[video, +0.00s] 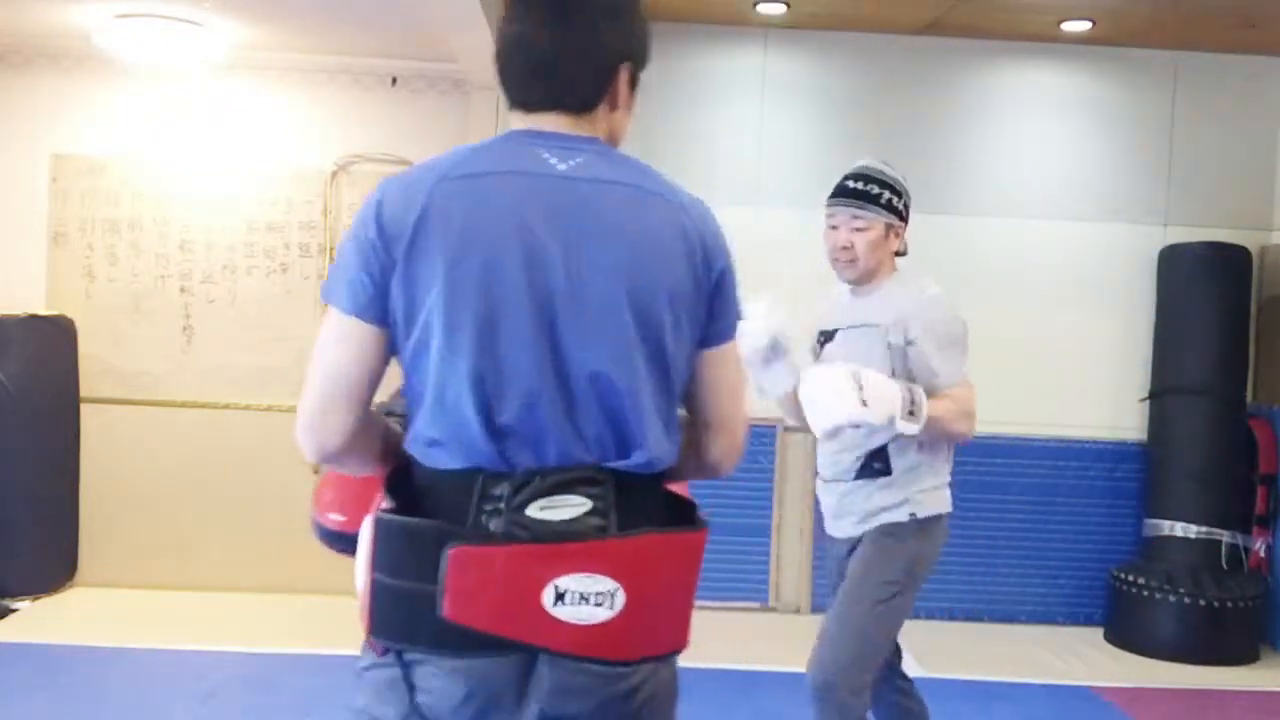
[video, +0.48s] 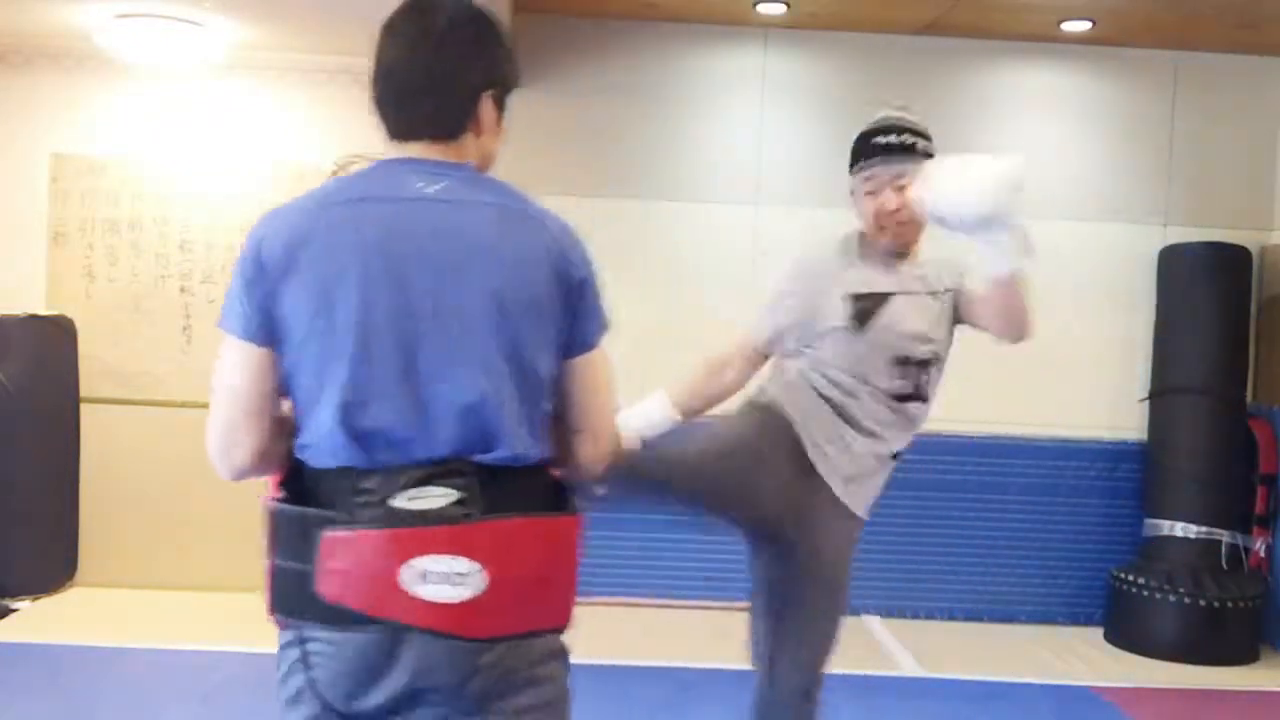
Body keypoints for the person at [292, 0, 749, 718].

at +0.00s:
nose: (632, 103)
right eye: (636, 85)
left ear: (506, 74)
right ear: (621, 85)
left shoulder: (405, 205)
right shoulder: (685, 223)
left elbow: (328, 433)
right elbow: (718, 447)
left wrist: (420, 448)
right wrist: (604, 447)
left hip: (445, 605)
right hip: (618, 608)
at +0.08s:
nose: (600, 102)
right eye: (604, 85)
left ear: (473, 77)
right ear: (589, 87)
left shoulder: (375, 205)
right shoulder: (653, 220)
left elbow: (298, 432)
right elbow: (693, 440)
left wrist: (390, 432)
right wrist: (584, 438)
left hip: (419, 607)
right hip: (591, 611)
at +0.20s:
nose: (576, 103)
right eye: (580, 86)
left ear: (451, 79)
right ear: (565, 88)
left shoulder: (356, 207)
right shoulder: (631, 219)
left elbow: (283, 432)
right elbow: (676, 436)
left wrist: (380, 423)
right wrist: (560, 428)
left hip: (403, 607)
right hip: (575, 609)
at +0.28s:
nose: (564, 105)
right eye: (566, 88)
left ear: (439, 82)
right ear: (552, 92)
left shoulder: (348, 211)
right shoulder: (619, 225)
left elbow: (278, 438)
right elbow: (665, 436)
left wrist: (374, 419)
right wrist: (550, 422)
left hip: (394, 608)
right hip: (565, 609)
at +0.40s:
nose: (526, 120)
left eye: (528, 101)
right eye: (529, 102)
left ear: (406, 94)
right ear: (512, 104)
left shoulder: (312, 225)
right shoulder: (574, 231)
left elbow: (256, 448)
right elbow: (621, 440)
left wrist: (350, 411)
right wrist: (516, 414)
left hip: (363, 602)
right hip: (528, 601)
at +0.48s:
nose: (501, 127)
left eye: (502, 108)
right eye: (503, 109)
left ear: (383, 100)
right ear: (486, 111)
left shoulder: (287, 235)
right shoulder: (546, 240)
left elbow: (235, 451)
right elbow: (593, 451)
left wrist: (330, 413)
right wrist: (498, 418)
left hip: (339, 605)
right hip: (503, 603)